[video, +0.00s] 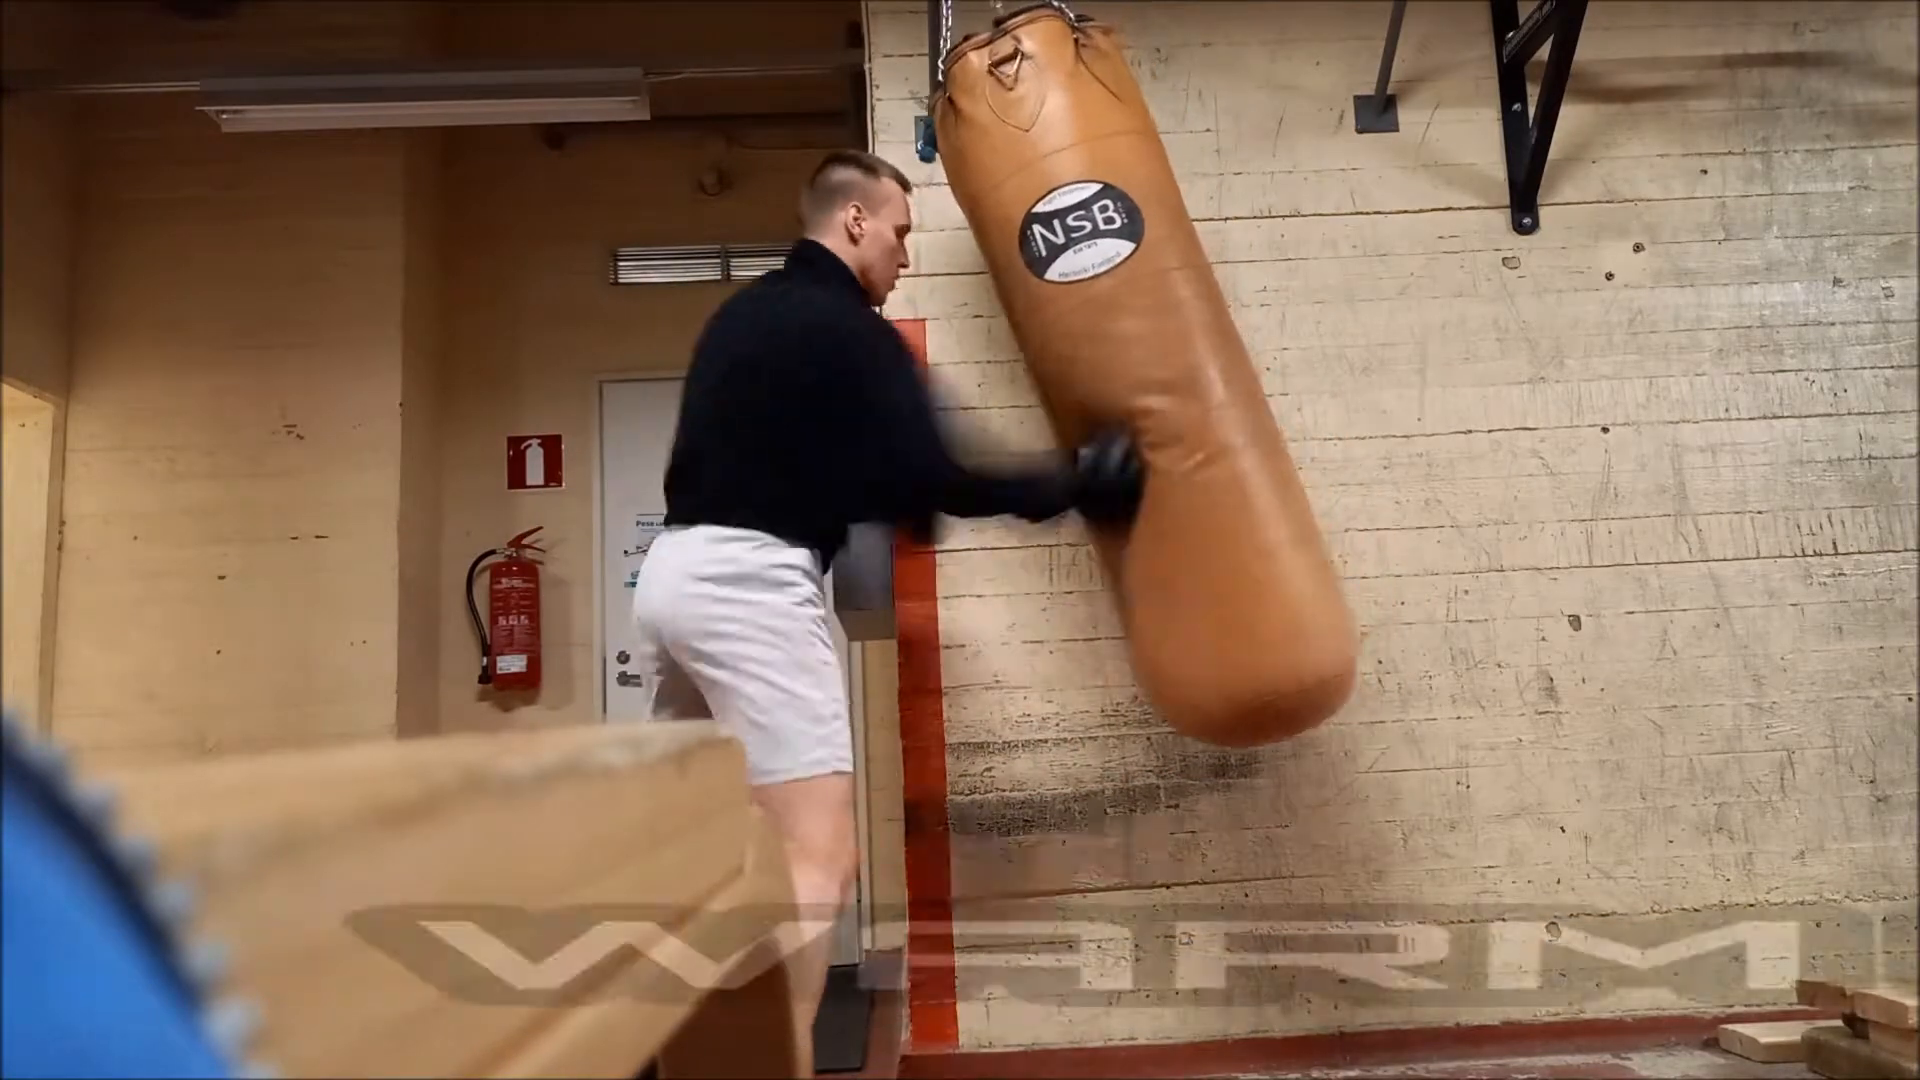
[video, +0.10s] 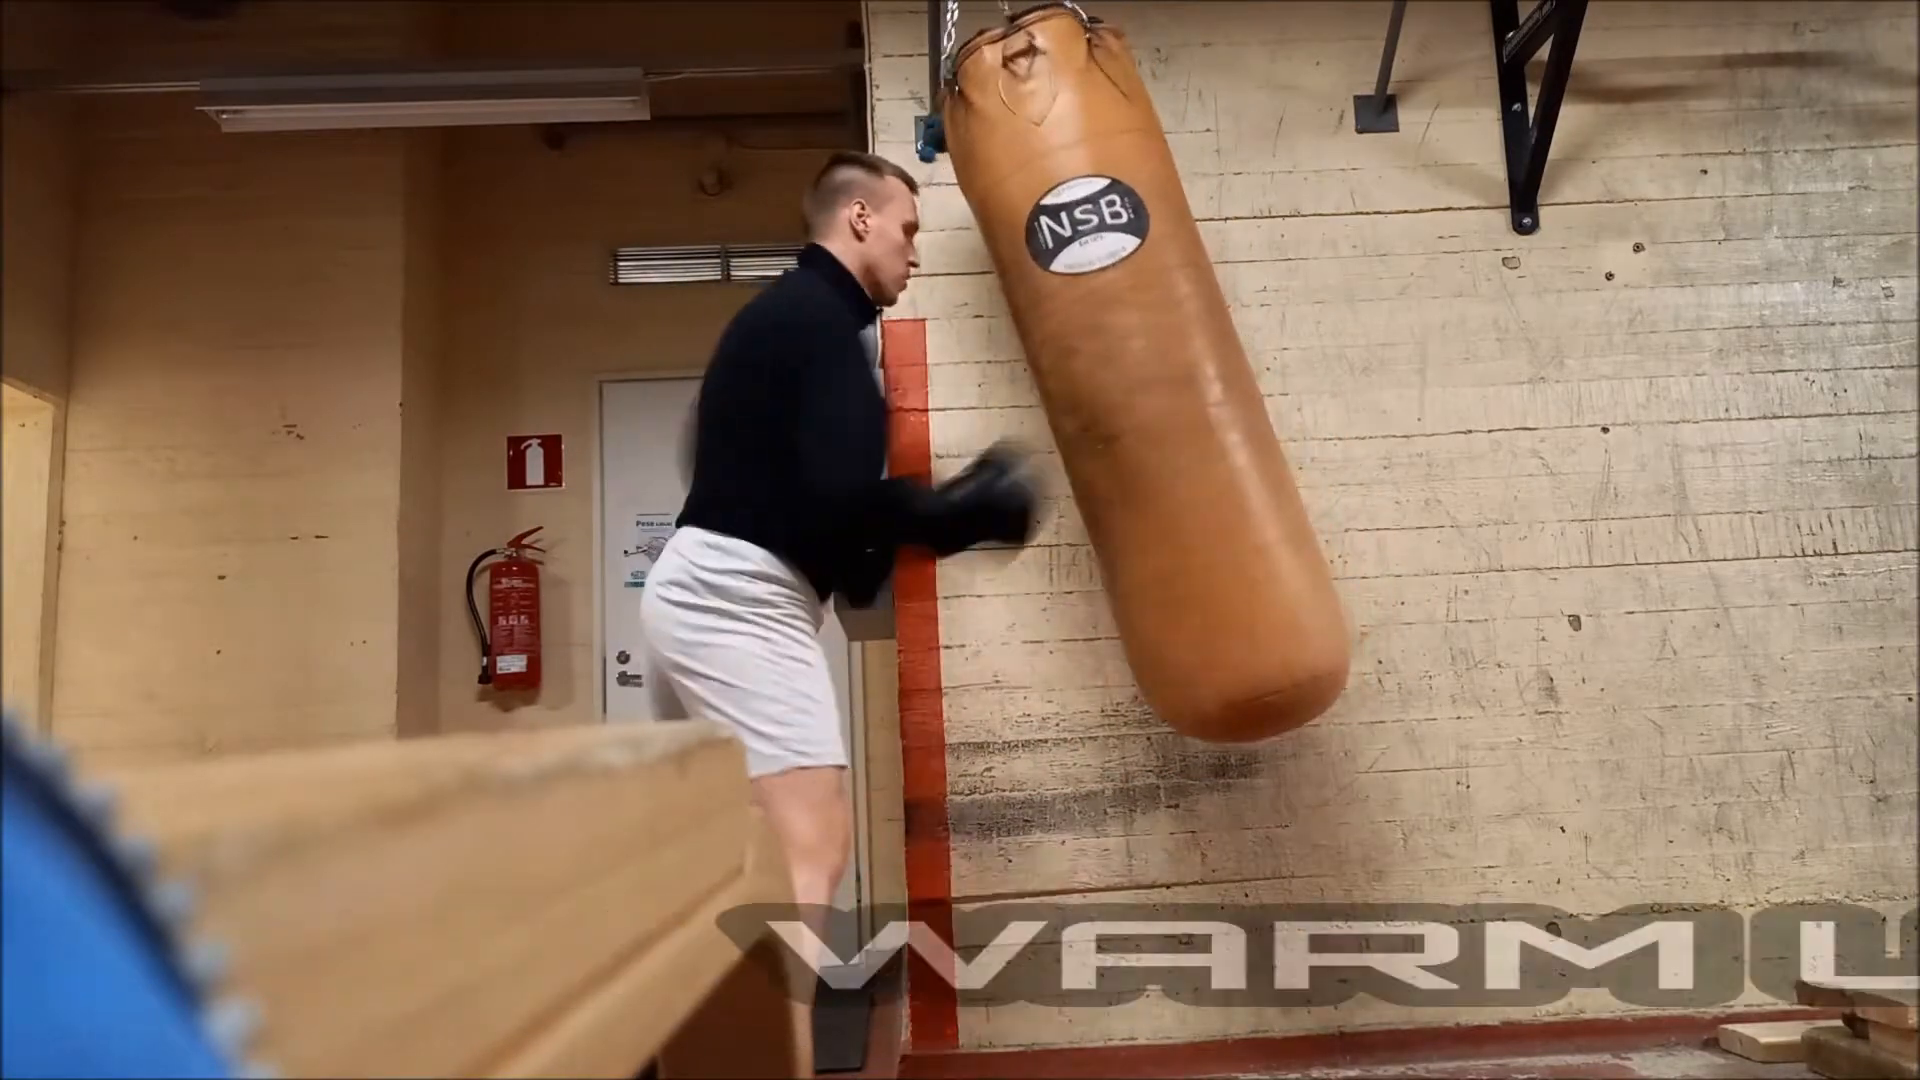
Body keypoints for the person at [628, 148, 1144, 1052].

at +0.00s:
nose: (905, 255)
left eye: (907, 235)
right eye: (899, 233)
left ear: (834, 226)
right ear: (854, 223)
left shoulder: (742, 313)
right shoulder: (852, 333)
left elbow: (820, 462)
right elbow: (927, 482)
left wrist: (911, 495)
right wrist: (1068, 485)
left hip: (674, 570)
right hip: (753, 582)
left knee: (690, 839)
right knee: (819, 860)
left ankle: (678, 1048)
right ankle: (779, 1063)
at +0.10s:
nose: (914, 252)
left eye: (915, 234)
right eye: (907, 230)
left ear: (852, 224)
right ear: (858, 220)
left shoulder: (789, 315)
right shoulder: (816, 323)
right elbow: (839, 499)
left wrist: (931, 515)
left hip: (704, 589)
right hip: (739, 596)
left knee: (727, 847)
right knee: (812, 839)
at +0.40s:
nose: (916, 265)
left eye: (918, 246)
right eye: (908, 244)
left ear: (842, 240)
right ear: (858, 237)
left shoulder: (773, 315)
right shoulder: (833, 325)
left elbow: (821, 491)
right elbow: (829, 507)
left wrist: (926, 488)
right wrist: (938, 524)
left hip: (678, 580)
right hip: (744, 585)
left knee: (719, 843)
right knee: (835, 849)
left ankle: (689, 1047)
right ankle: (772, 1059)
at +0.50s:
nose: (916, 260)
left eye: (918, 241)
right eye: (908, 237)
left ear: (837, 233)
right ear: (858, 228)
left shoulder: (750, 323)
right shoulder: (846, 339)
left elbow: (856, 518)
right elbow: (899, 506)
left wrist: (968, 485)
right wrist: (1039, 483)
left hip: (688, 589)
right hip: (759, 601)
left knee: (719, 849)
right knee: (834, 856)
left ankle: (688, 1055)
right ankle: (775, 1066)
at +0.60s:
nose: (930, 258)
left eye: (930, 239)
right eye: (921, 238)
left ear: (866, 237)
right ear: (872, 233)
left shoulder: (835, 338)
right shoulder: (794, 330)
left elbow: (823, 498)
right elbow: (739, 504)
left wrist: (916, 492)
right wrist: (856, 569)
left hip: (768, 601)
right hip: (730, 603)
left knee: (796, 836)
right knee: (826, 837)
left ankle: (752, 1052)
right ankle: (786, 1060)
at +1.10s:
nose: (939, 260)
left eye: (936, 242)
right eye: (927, 241)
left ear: (878, 245)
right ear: (879, 243)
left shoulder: (886, 366)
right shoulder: (776, 333)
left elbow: (902, 476)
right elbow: (639, 456)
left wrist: (997, 476)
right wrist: (647, 560)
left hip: (784, 622)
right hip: (727, 607)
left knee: (747, 853)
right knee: (816, 844)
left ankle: (696, 1055)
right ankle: (778, 1064)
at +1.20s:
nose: (938, 263)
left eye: (936, 246)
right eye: (928, 245)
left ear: (873, 250)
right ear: (881, 249)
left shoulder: (855, 371)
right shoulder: (805, 338)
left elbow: (898, 512)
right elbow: (678, 442)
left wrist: (990, 486)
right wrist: (696, 537)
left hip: (693, 598)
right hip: (738, 599)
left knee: (727, 850)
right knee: (828, 856)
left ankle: (691, 1052)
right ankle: (774, 1061)